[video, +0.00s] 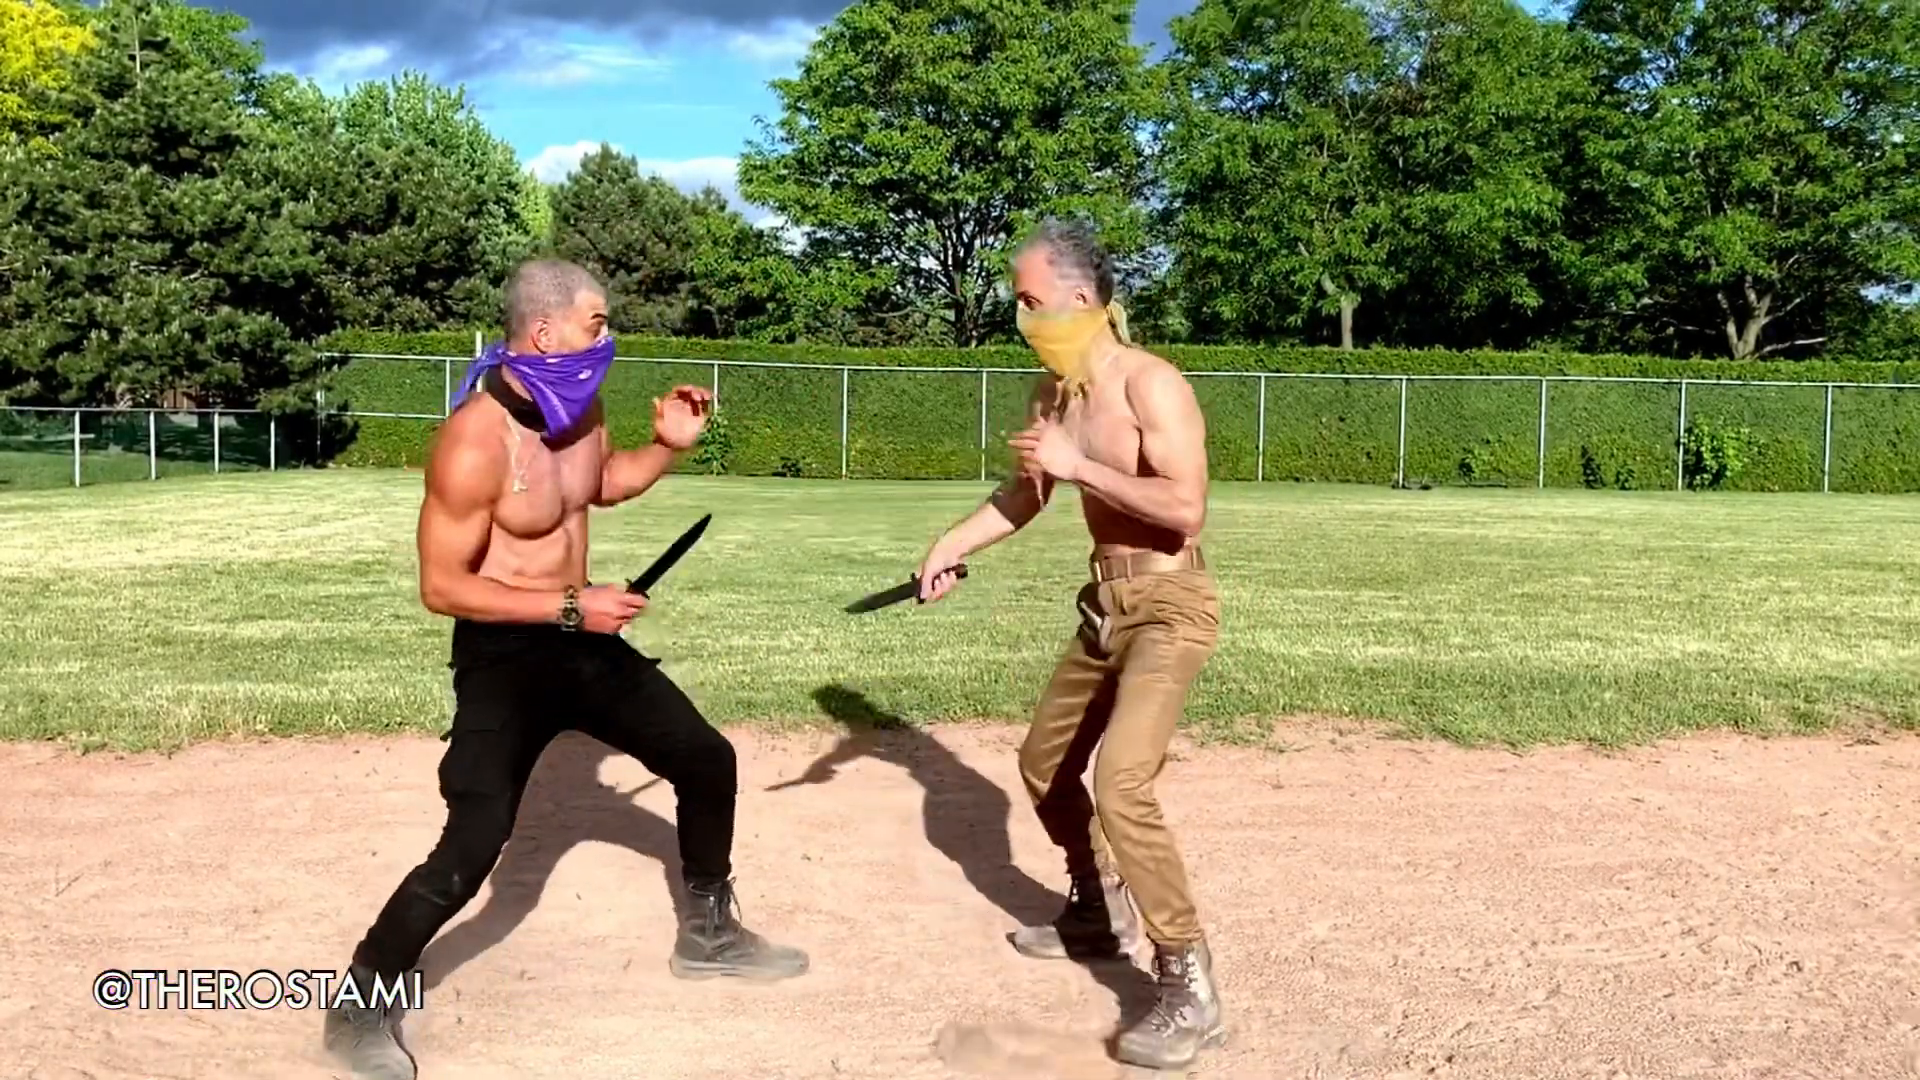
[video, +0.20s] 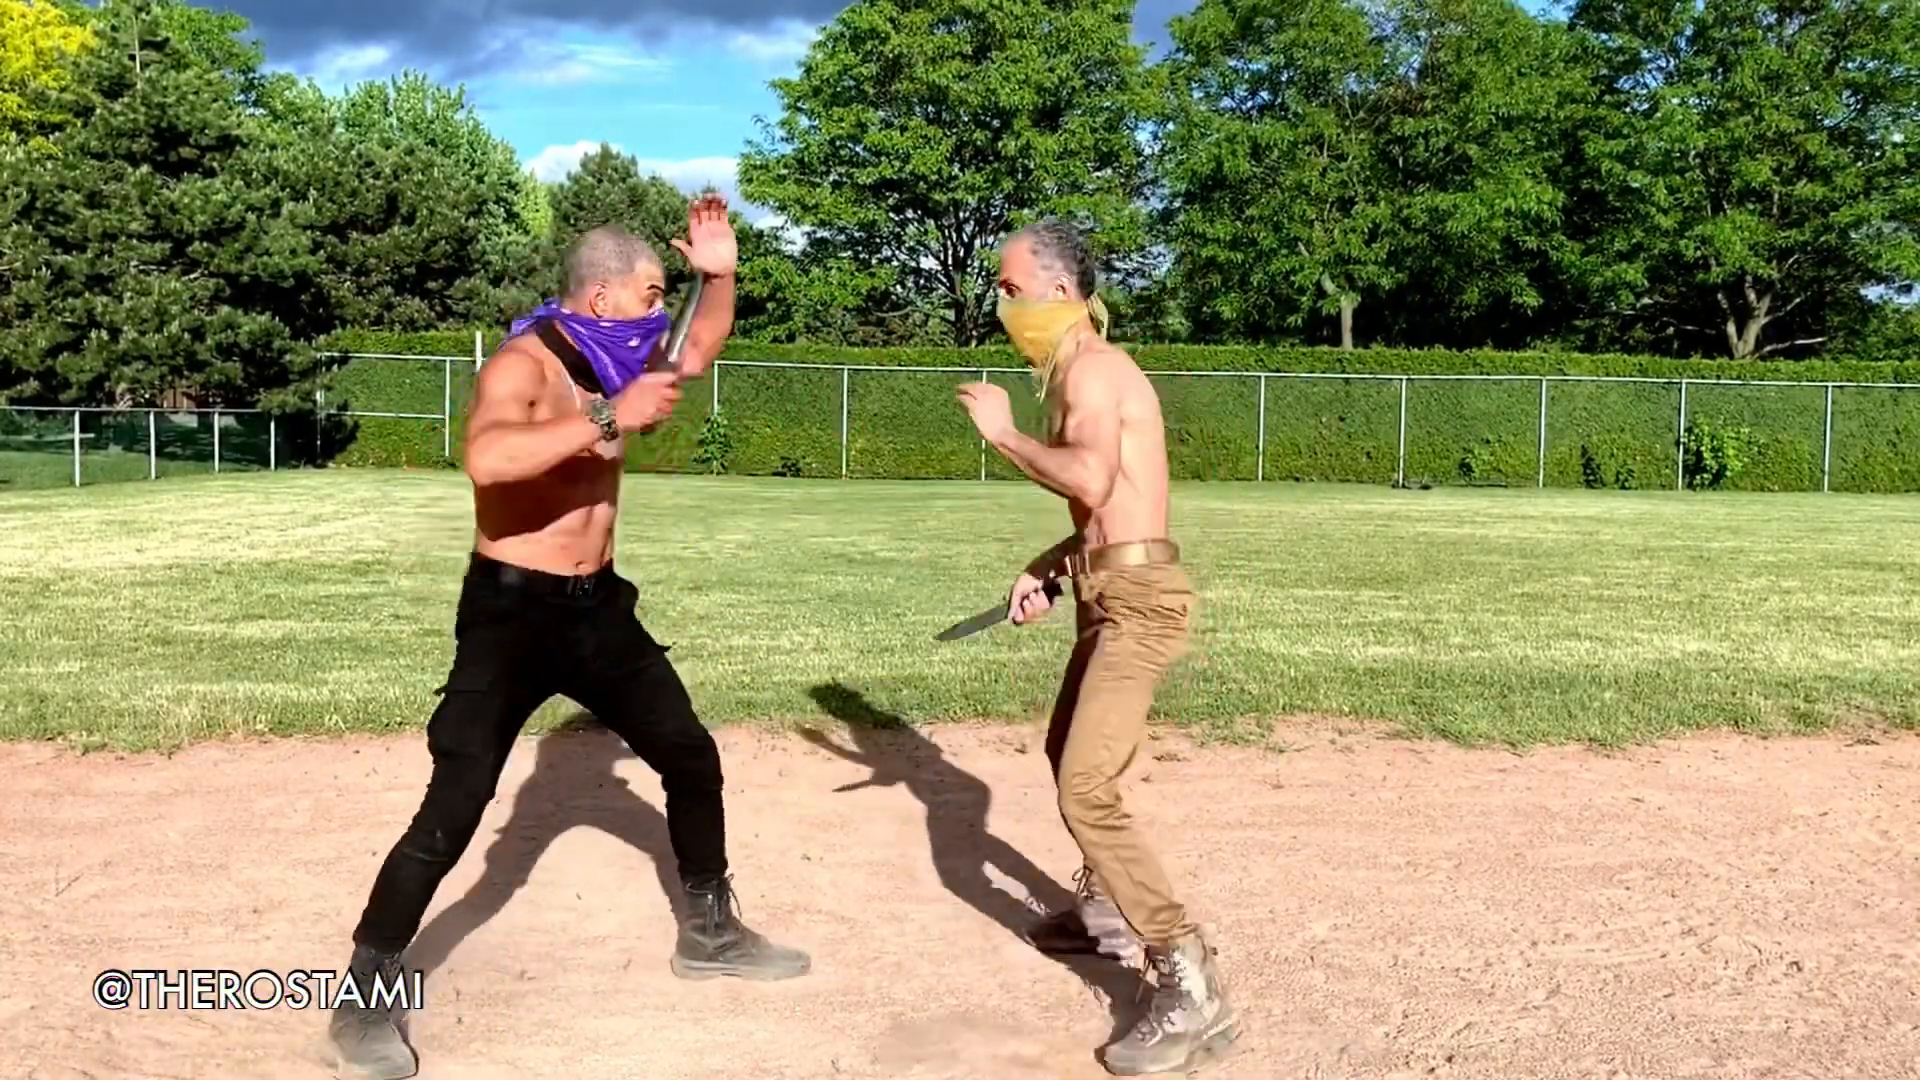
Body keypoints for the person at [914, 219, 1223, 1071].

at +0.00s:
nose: (1024, 320)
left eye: (1033, 302)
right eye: (1019, 305)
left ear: (1083, 295)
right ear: (1060, 300)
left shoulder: (1154, 386)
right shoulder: (1058, 393)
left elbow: (1183, 510)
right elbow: (1025, 495)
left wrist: (1075, 466)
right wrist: (951, 544)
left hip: (1171, 608)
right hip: (1105, 608)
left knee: (1118, 783)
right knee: (1045, 766)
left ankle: (1188, 985)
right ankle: (1094, 912)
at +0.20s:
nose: (1001, 307)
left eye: (1011, 291)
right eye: (999, 292)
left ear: (1060, 289)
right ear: (1060, 293)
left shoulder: (1093, 370)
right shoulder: (1086, 374)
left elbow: (1092, 478)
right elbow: (1112, 513)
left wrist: (1003, 435)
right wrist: (1047, 569)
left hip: (1140, 600)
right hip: (1113, 598)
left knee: (1087, 791)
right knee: (1069, 752)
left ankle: (1191, 984)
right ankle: (1110, 906)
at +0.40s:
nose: (1083, 266)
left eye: (1102, 257)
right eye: (1089, 251)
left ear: (1150, 284)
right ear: (1116, 277)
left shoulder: (1149, 393)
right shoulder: (1061, 364)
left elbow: (1148, 530)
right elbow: (1021, 464)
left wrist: (1047, 474)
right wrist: (933, 512)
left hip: (1082, 602)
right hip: (1028, 591)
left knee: (1052, 788)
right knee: (1007, 758)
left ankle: (1125, 998)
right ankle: (1079, 891)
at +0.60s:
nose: (1002, 289)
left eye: (1014, 275)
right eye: (1003, 274)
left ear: (1063, 281)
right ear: (1057, 280)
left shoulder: (1095, 376)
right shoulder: (1061, 379)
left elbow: (1067, 498)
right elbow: (1061, 515)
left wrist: (990, 423)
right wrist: (990, 550)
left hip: (1093, 608)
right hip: (1057, 604)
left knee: (1046, 793)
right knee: (997, 763)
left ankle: (1116, 1001)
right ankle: (1051, 904)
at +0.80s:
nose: (948, 312)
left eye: (957, 295)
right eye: (945, 297)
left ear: (1004, 289)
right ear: (992, 294)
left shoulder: (1070, 375)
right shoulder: (1019, 390)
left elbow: (1072, 493)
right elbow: (1053, 512)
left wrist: (975, 435)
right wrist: (997, 559)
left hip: (1114, 604)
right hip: (1057, 608)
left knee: (1074, 779)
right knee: (1006, 762)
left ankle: (1124, 1000)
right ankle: (1048, 912)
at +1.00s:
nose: (953, 303)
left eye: (962, 285)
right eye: (950, 286)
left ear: (1017, 285)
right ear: (1007, 286)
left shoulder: (1092, 384)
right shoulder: (1002, 387)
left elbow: (1101, 519)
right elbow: (1007, 493)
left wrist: (1000, 439)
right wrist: (948, 539)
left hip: (1094, 612)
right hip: (1017, 608)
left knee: (1063, 780)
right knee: (979, 772)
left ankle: (1124, 995)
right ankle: (1041, 897)